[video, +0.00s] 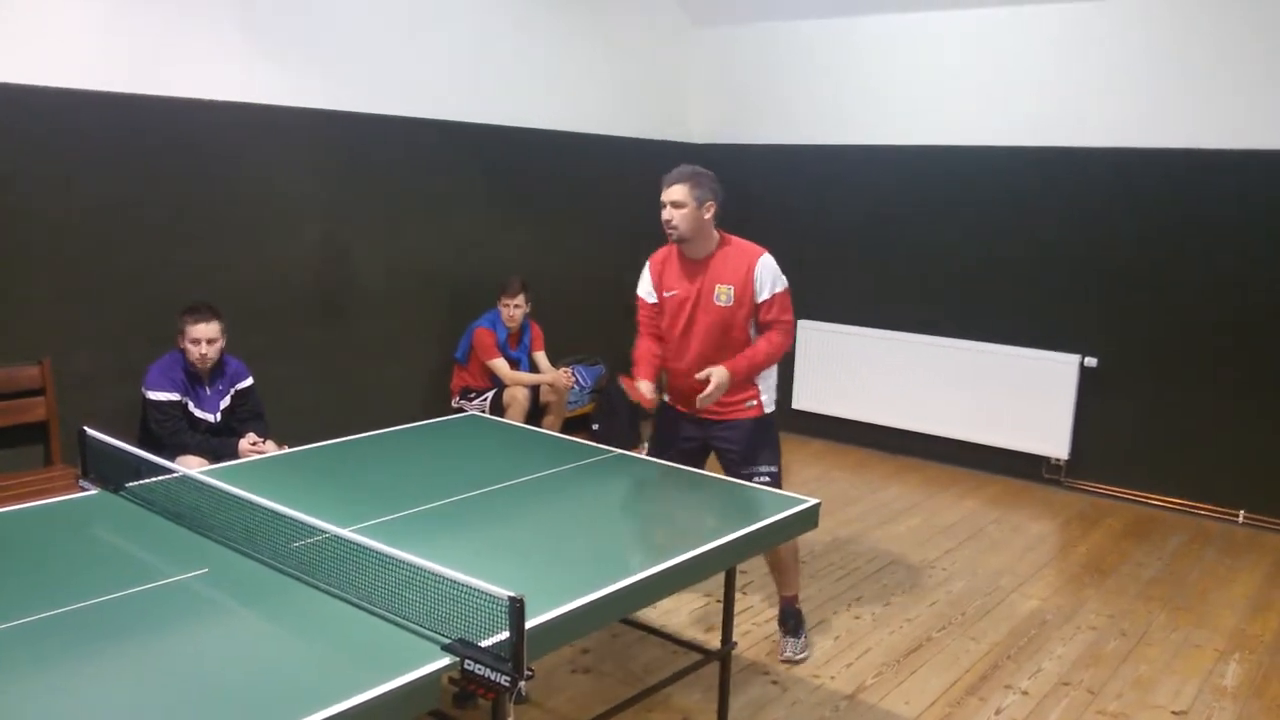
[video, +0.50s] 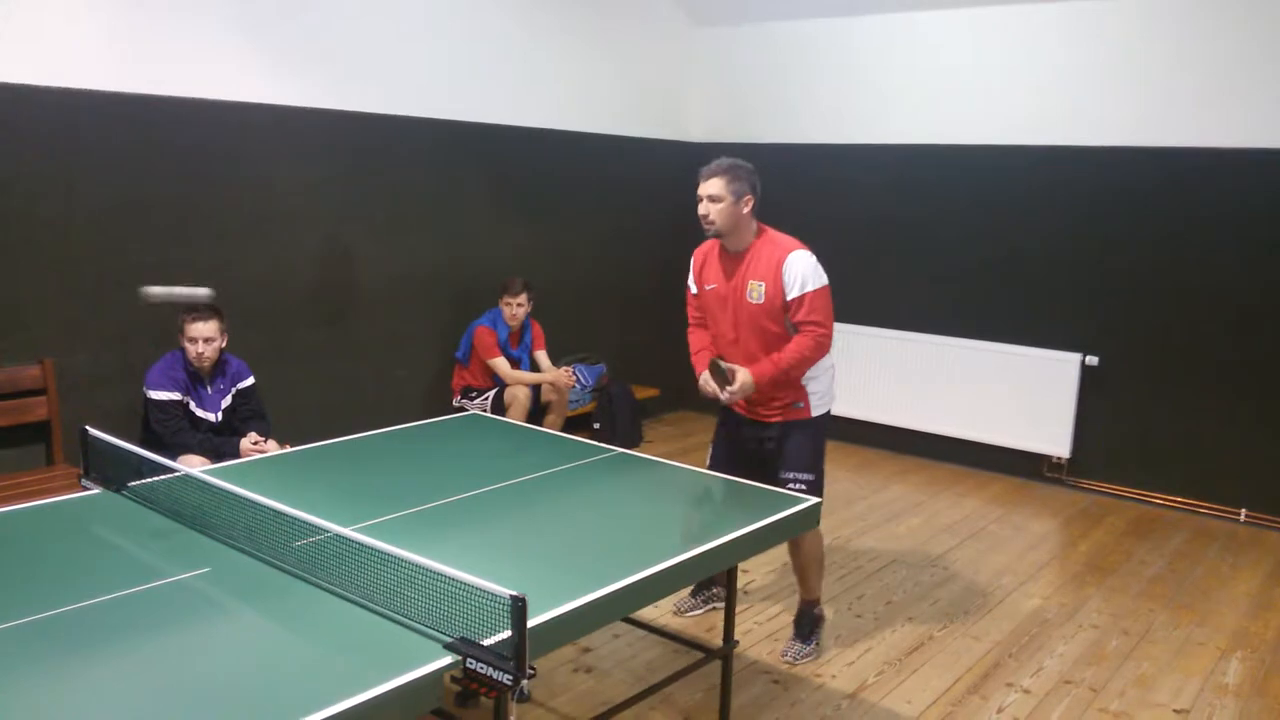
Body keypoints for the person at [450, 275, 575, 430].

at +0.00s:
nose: (511, 313)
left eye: (517, 307)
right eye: (506, 306)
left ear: (527, 308)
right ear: (498, 306)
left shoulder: (532, 330)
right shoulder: (483, 331)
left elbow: (546, 368)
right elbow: (508, 378)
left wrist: (560, 377)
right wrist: (550, 379)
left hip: (505, 390)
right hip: (470, 397)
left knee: (558, 393)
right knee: (519, 395)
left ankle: (545, 453)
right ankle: (508, 453)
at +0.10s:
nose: (509, 313)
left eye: (516, 307)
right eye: (504, 306)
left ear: (526, 308)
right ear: (497, 306)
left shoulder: (530, 330)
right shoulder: (482, 331)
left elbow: (545, 368)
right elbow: (506, 378)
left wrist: (559, 377)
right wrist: (550, 379)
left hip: (504, 391)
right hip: (469, 397)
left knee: (557, 392)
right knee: (518, 395)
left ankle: (546, 453)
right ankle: (508, 452)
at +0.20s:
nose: (511, 312)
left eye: (517, 306)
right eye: (506, 306)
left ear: (527, 308)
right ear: (498, 306)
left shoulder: (532, 330)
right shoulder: (483, 331)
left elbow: (546, 368)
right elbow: (508, 378)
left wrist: (560, 377)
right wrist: (551, 378)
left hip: (506, 390)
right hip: (470, 397)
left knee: (558, 392)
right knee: (520, 394)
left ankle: (545, 453)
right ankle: (508, 453)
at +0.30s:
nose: (509, 313)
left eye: (516, 307)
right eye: (504, 306)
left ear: (526, 308)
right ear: (497, 306)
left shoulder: (530, 330)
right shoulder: (481, 331)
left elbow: (545, 369)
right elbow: (506, 378)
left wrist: (559, 378)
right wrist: (549, 379)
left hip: (504, 390)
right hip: (469, 397)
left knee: (557, 393)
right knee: (518, 395)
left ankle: (543, 454)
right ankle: (505, 452)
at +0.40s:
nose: (511, 313)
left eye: (518, 307)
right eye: (506, 306)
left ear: (528, 308)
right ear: (499, 306)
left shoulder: (532, 329)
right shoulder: (482, 331)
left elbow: (546, 369)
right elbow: (507, 378)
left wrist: (560, 377)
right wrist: (552, 379)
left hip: (505, 391)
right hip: (469, 398)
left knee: (558, 393)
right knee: (520, 395)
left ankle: (546, 452)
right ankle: (509, 452)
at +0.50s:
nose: (513, 311)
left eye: (520, 305)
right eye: (508, 305)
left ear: (529, 307)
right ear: (500, 304)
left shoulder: (533, 328)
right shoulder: (483, 330)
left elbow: (547, 368)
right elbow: (508, 377)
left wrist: (561, 376)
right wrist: (553, 377)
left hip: (505, 390)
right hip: (470, 397)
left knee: (559, 391)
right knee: (521, 394)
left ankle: (546, 451)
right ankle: (509, 451)